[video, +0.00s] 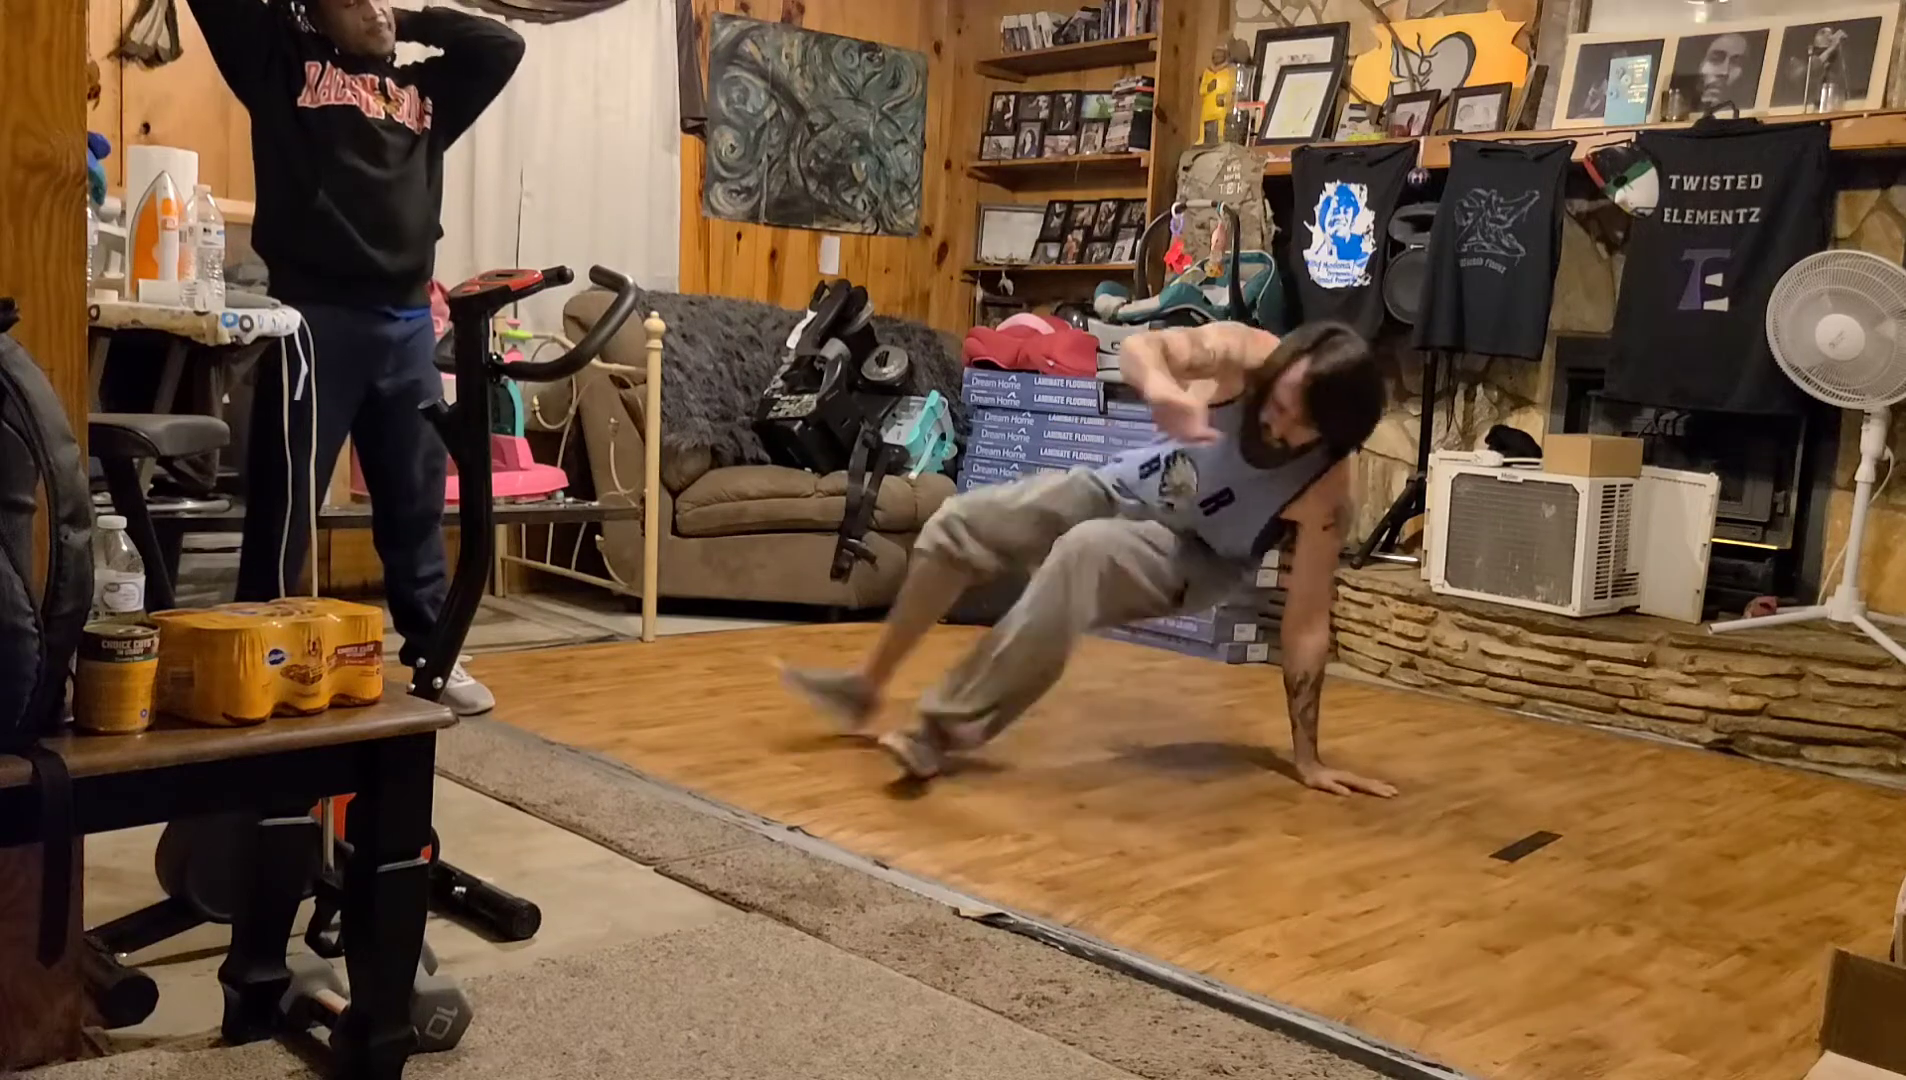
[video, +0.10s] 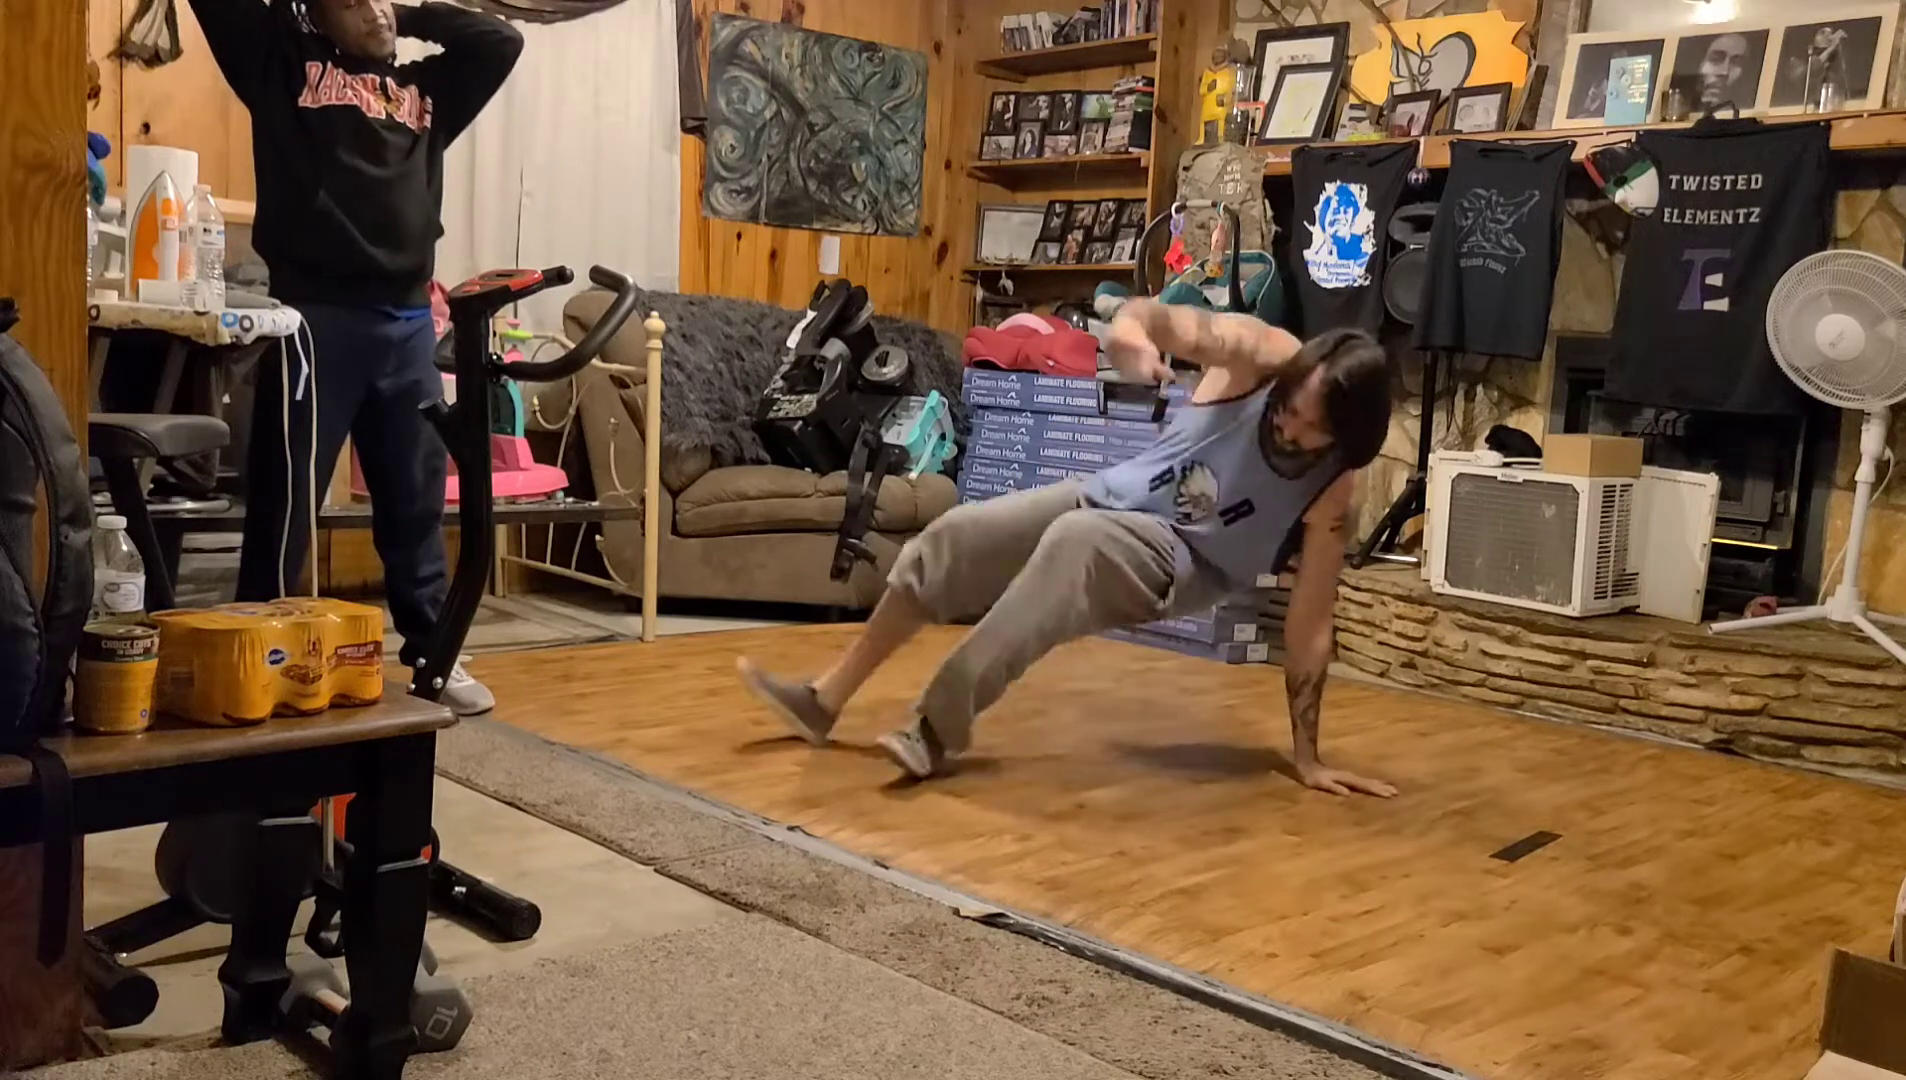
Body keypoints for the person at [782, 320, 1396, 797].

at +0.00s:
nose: (1277, 417)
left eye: (1298, 420)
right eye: (1280, 397)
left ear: (1329, 430)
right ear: (1282, 361)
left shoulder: (1323, 486)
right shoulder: (1248, 350)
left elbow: (1309, 624)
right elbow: (1141, 347)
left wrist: (1309, 760)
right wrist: (1170, 392)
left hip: (1196, 555)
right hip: (1138, 488)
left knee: (1085, 553)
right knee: (966, 522)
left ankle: (940, 737)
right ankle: (866, 690)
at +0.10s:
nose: (1292, 431)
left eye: (1313, 432)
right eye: (1291, 409)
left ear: (1346, 434)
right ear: (1299, 371)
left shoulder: (1333, 484)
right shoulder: (1256, 347)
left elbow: (1313, 621)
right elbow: (1140, 317)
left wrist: (1308, 758)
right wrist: (1138, 345)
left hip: (1183, 558)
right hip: (1113, 496)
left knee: (1076, 543)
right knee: (953, 537)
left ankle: (935, 730)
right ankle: (827, 697)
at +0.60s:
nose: (1034, 393)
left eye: (1045, 373)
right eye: (1017, 381)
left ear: (1077, 355)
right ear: (1008, 386)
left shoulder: (1140, 368)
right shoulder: (1029, 455)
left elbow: (1238, 371)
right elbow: (1055, 598)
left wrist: (1257, 383)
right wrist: (1055, 717)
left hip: (1211, 592)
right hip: (1112, 601)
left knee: (1122, 550)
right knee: (1016, 510)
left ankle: (1170, 727)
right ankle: (1101, 723)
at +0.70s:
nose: (1028, 376)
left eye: (1038, 356)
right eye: (1012, 365)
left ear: (1065, 338)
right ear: (997, 369)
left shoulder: (1116, 340)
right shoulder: (1028, 452)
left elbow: (1198, 287)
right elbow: (1063, 595)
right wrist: (1058, 727)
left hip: (1219, 566)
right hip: (1117, 580)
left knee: (1134, 515)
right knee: (1017, 524)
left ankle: (1188, 769)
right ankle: (1055, 761)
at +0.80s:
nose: (1022, 379)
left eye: (1031, 358)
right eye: (1005, 369)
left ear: (1057, 342)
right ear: (992, 374)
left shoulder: (1110, 339)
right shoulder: (1025, 456)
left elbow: (1200, 293)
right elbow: (1050, 585)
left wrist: (1272, 229)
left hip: (1224, 549)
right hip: (1126, 570)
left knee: (1142, 511)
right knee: (1025, 514)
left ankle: (1168, 775)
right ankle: (1051, 758)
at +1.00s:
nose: (1077, 390)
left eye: (1093, 373)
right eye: (1062, 375)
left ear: (1127, 369)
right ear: (1046, 378)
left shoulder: (1190, 425)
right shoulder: (1039, 451)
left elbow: (1264, 539)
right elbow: (1036, 569)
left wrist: (1339, 638)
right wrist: (1037, 688)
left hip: (1191, 616)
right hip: (1088, 611)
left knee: (1107, 569)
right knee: (1001, 566)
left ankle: (1129, 730)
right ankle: (1076, 723)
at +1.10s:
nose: (1172, 404)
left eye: (1190, 396)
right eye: (1163, 387)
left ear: (1225, 388)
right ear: (1151, 370)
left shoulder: (1255, 465)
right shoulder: (1103, 412)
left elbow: (1277, 617)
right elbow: (1019, 518)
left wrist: (1312, 742)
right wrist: (945, 597)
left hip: (1177, 622)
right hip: (1072, 586)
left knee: (1104, 569)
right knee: (982, 572)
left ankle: (1121, 733)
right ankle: (1069, 710)